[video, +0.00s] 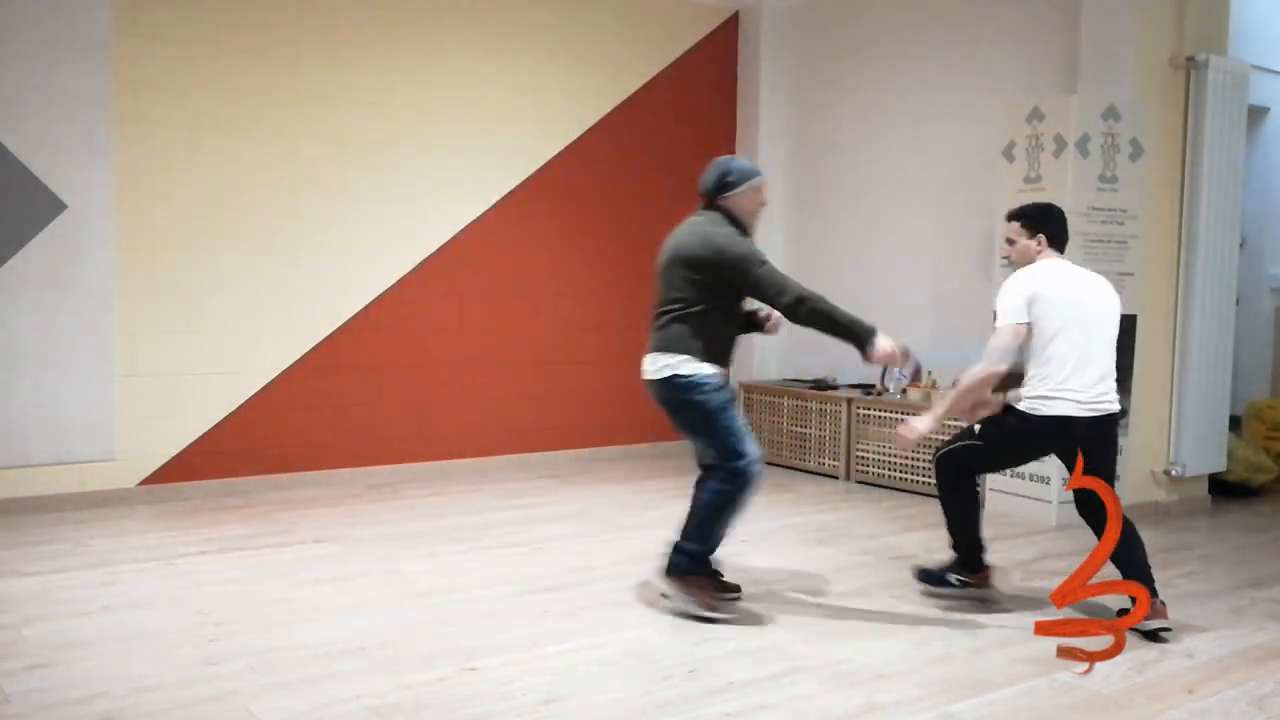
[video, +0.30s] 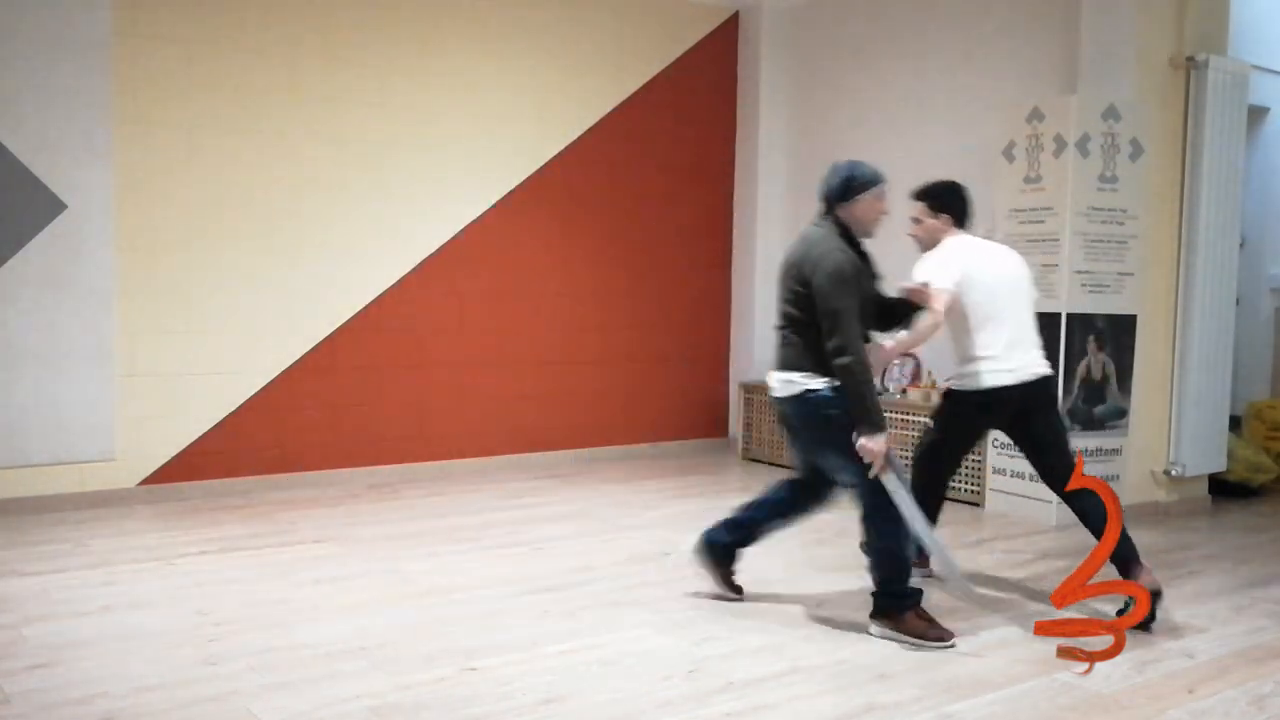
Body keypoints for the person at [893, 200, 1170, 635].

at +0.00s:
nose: (1005, 251)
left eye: (1011, 242)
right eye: (1005, 242)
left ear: (1039, 242)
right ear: (1048, 244)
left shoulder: (1023, 283)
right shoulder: (1102, 287)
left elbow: (994, 367)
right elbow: (1082, 372)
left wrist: (931, 418)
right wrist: (1003, 398)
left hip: (1043, 415)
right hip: (1099, 421)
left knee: (952, 462)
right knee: (1100, 506)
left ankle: (969, 567)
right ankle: (1148, 603)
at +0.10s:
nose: (986, 249)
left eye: (992, 239)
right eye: (986, 239)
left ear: (1020, 237)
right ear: (1032, 239)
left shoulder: (1008, 278)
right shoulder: (1086, 277)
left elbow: (968, 350)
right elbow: (1074, 362)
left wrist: (909, 387)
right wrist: (1000, 384)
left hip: (1033, 409)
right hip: (1091, 412)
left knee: (949, 459)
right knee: (1103, 504)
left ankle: (934, 552)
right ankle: (1147, 600)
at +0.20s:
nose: (955, 241)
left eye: (961, 232)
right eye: (955, 232)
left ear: (987, 231)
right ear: (997, 232)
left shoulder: (981, 268)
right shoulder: (1054, 267)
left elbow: (943, 328)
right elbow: (1054, 345)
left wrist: (891, 356)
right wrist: (991, 379)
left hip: (1014, 401)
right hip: (1069, 400)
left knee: (945, 468)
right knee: (1090, 493)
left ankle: (919, 547)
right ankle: (1145, 595)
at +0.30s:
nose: (911, 230)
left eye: (918, 221)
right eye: (912, 220)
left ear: (944, 221)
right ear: (958, 221)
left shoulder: (940, 258)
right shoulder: (1007, 255)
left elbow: (933, 315)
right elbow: (1019, 312)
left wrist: (891, 350)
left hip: (979, 390)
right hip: (1033, 385)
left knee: (932, 464)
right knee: (1067, 479)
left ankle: (914, 551)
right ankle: (1136, 572)